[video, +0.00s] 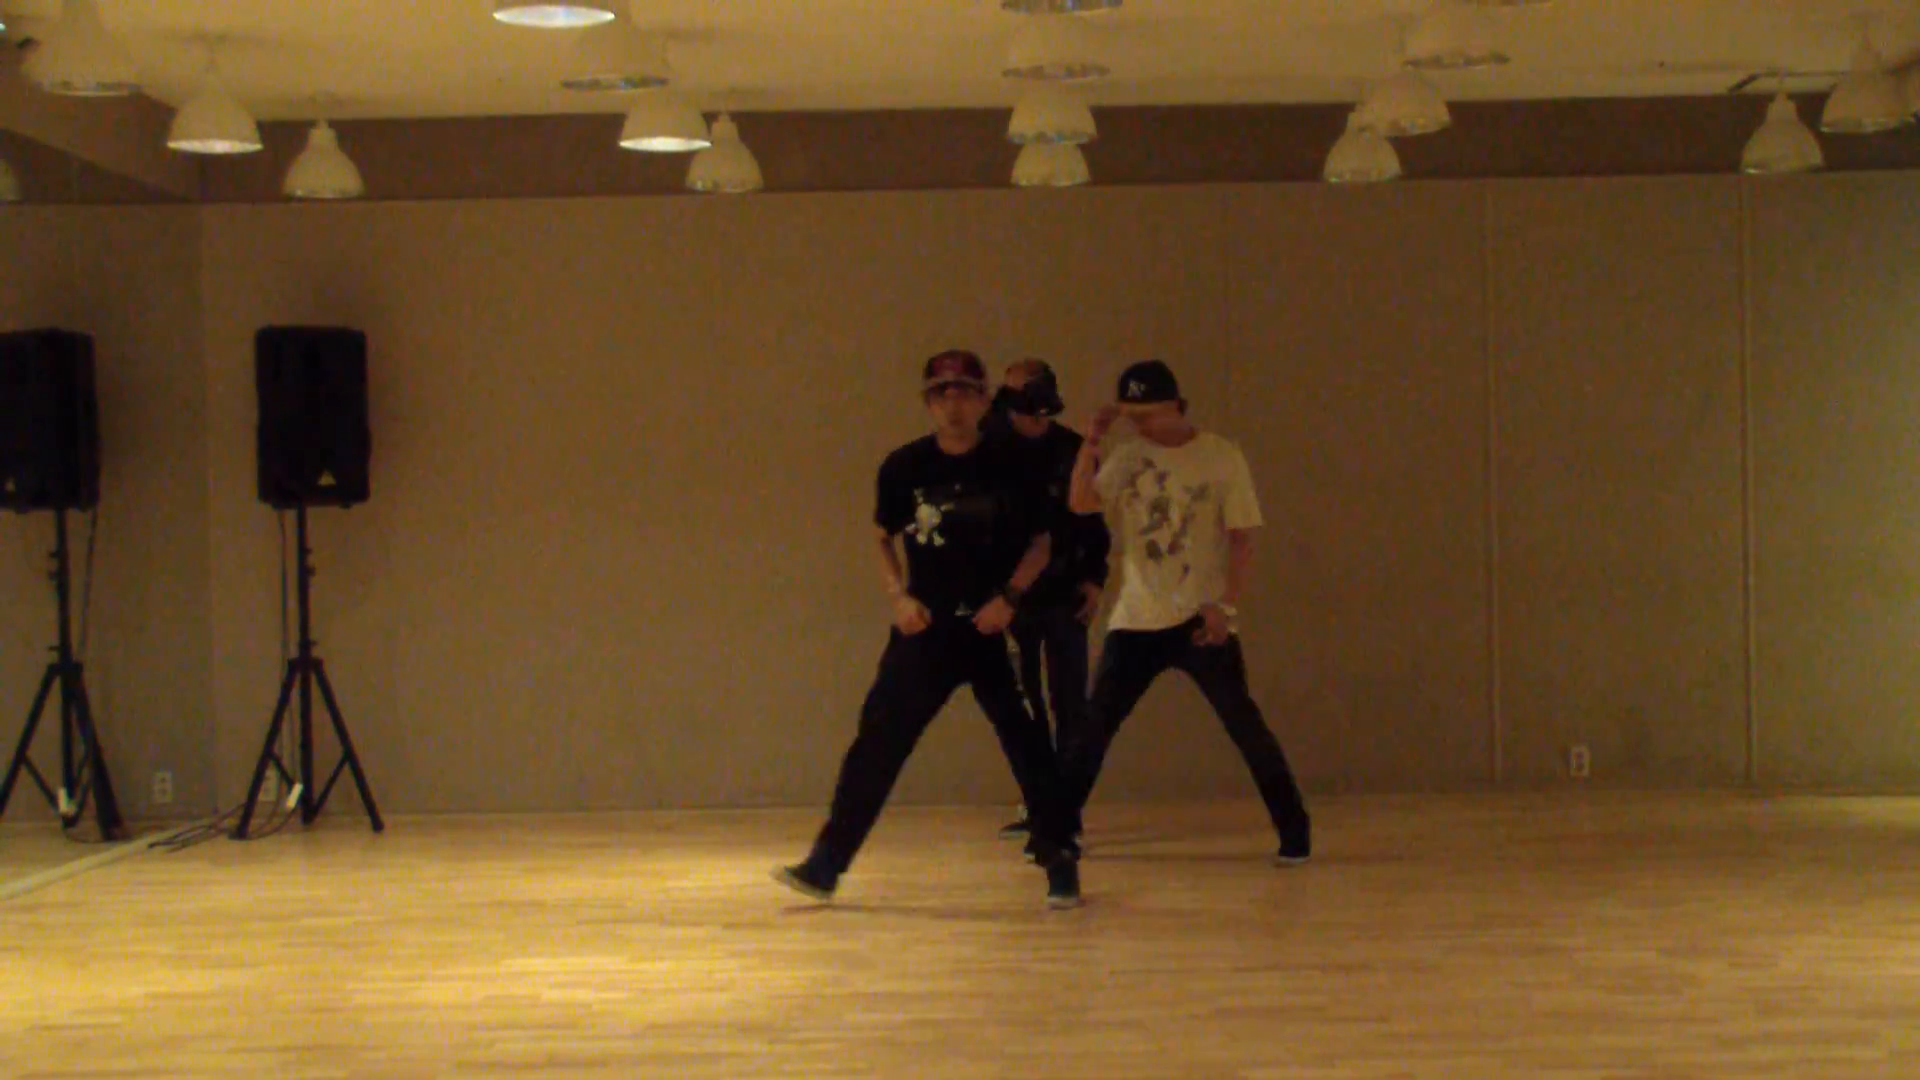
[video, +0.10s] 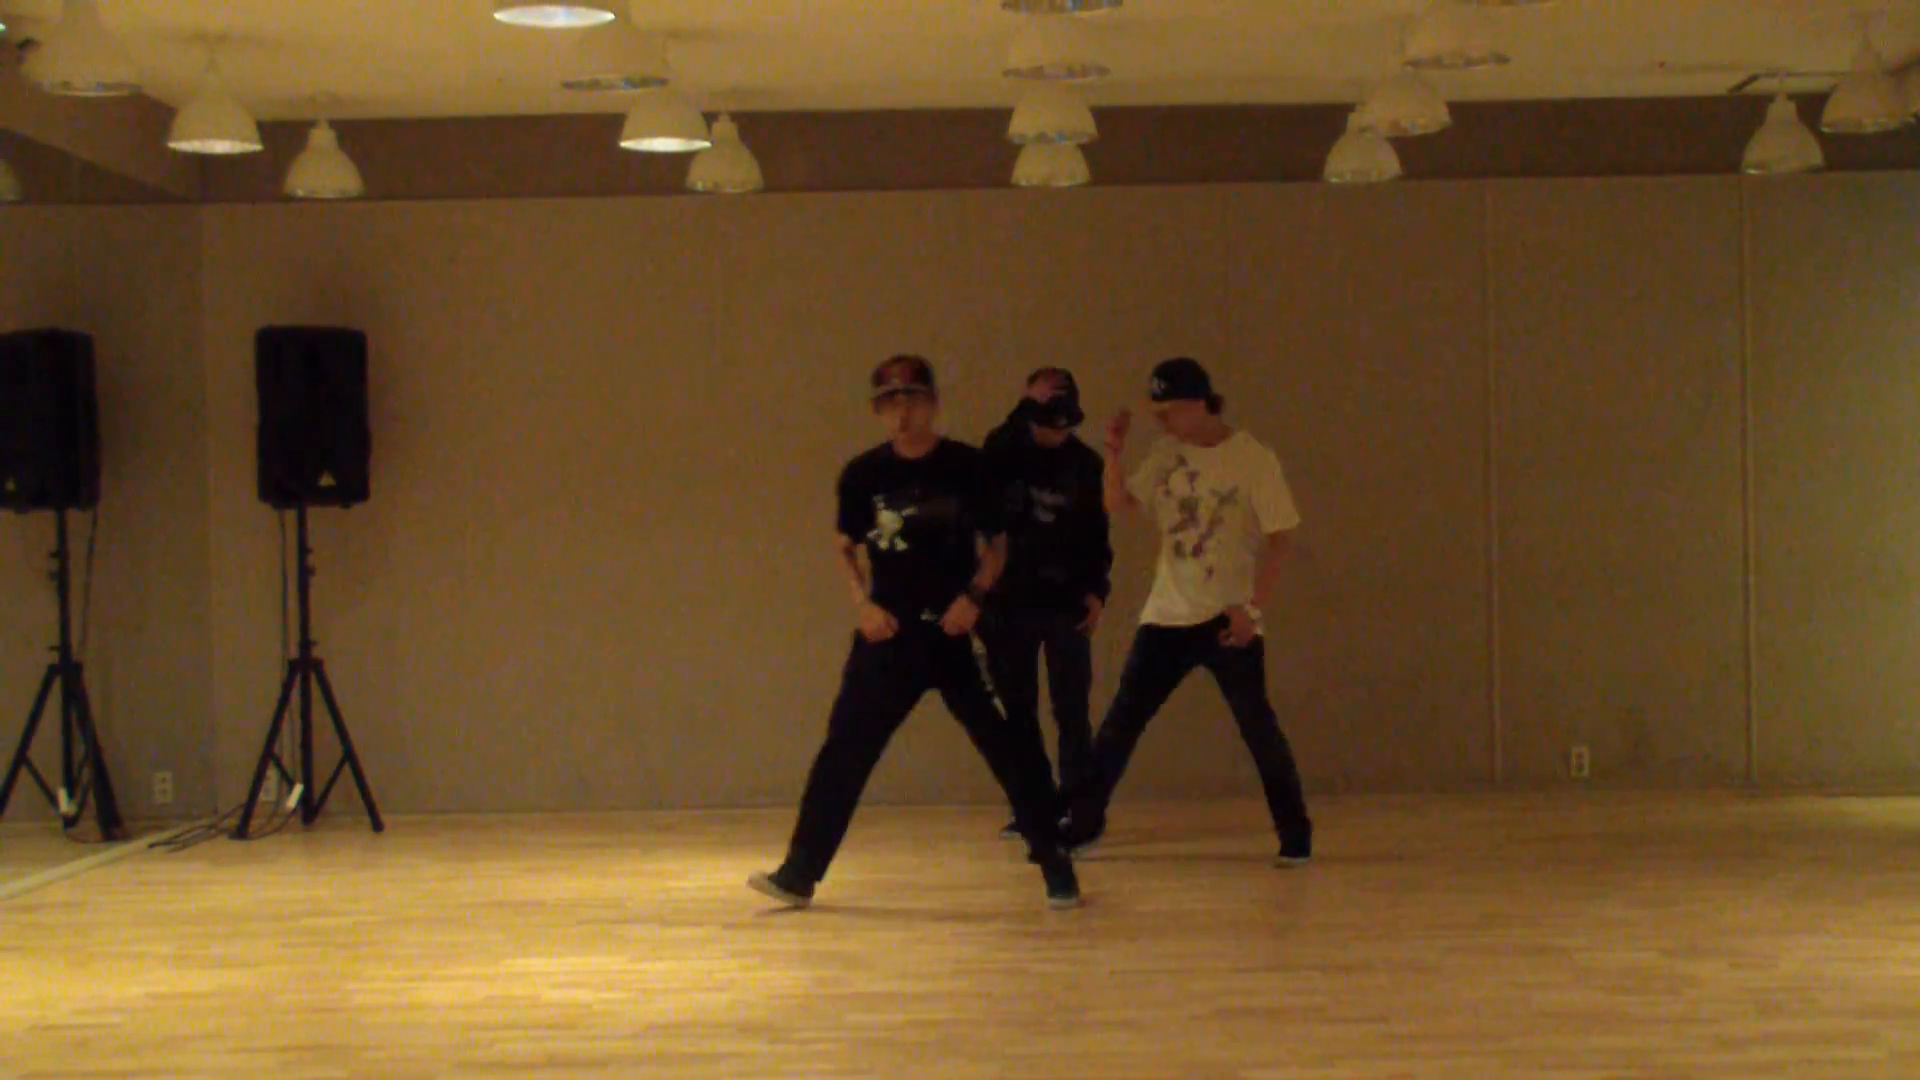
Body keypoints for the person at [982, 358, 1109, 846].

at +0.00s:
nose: (1036, 419)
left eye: (1043, 407)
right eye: (1025, 409)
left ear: (1054, 403)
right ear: (1006, 405)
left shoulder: (1073, 449)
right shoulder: (989, 450)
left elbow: (1094, 523)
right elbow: (973, 525)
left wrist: (1095, 579)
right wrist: (990, 586)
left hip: (1065, 590)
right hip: (1010, 592)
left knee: (1070, 701)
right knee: (1024, 703)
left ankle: (1067, 812)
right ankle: (1037, 805)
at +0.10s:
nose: (1052, 430)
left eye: (1062, 420)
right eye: (1043, 419)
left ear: (1074, 418)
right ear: (1026, 412)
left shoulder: (1085, 463)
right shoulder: (1000, 452)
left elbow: (1097, 533)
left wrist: (1097, 588)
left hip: (1067, 598)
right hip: (1008, 596)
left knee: (1071, 709)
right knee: (1018, 712)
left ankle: (1079, 809)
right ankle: (1030, 810)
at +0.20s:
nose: (1059, 408)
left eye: (1070, 400)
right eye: (1051, 399)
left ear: (1082, 406)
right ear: (1034, 403)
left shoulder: (1093, 456)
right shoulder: (1010, 442)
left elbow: (1103, 532)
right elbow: (1004, 463)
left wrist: (1100, 590)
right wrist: (1039, 411)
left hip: (1072, 597)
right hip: (1017, 593)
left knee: (1074, 708)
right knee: (1010, 703)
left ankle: (1072, 803)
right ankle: (1033, 785)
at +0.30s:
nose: (1056, 402)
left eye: (1065, 392)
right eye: (1047, 393)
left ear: (1079, 398)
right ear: (1031, 397)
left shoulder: (1097, 450)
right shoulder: (1012, 441)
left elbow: (1111, 520)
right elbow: (1007, 465)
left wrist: (1108, 582)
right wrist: (1040, 415)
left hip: (1076, 593)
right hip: (1020, 590)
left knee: (1076, 708)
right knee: (1013, 703)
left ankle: (1070, 809)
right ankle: (1026, 792)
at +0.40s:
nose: (1054, 394)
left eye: (1060, 386)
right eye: (1044, 386)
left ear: (1075, 394)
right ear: (1029, 397)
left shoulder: (1100, 446)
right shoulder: (1014, 443)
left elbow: (1118, 508)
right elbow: (1005, 474)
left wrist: (1122, 538)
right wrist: (1031, 409)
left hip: (1079, 595)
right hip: (1024, 592)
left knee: (1078, 709)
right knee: (1021, 705)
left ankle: (1070, 813)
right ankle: (1025, 811)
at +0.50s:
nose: (1043, 414)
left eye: (1052, 405)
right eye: (1037, 404)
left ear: (1067, 403)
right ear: (1025, 400)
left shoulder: (1097, 443)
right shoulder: (1011, 446)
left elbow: (1132, 500)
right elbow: (993, 497)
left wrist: (1164, 495)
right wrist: (1023, 433)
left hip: (1082, 596)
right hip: (1027, 595)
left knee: (1078, 712)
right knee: (1027, 706)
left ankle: (1069, 814)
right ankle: (1031, 812)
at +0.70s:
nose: (1062, 424)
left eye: (1064, 414)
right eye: (1053, 416)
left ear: (1066, 410)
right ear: (1027, 411)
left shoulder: (1098, 445)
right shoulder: (1004, 457)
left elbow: (1158, 473)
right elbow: (975, 529)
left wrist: (1230, 475)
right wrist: (985, 531)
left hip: (1085, 600)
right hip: (1030, 602)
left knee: (1079, 712)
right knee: (1039, 707)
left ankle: (1069, 816)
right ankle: (1054, 814)